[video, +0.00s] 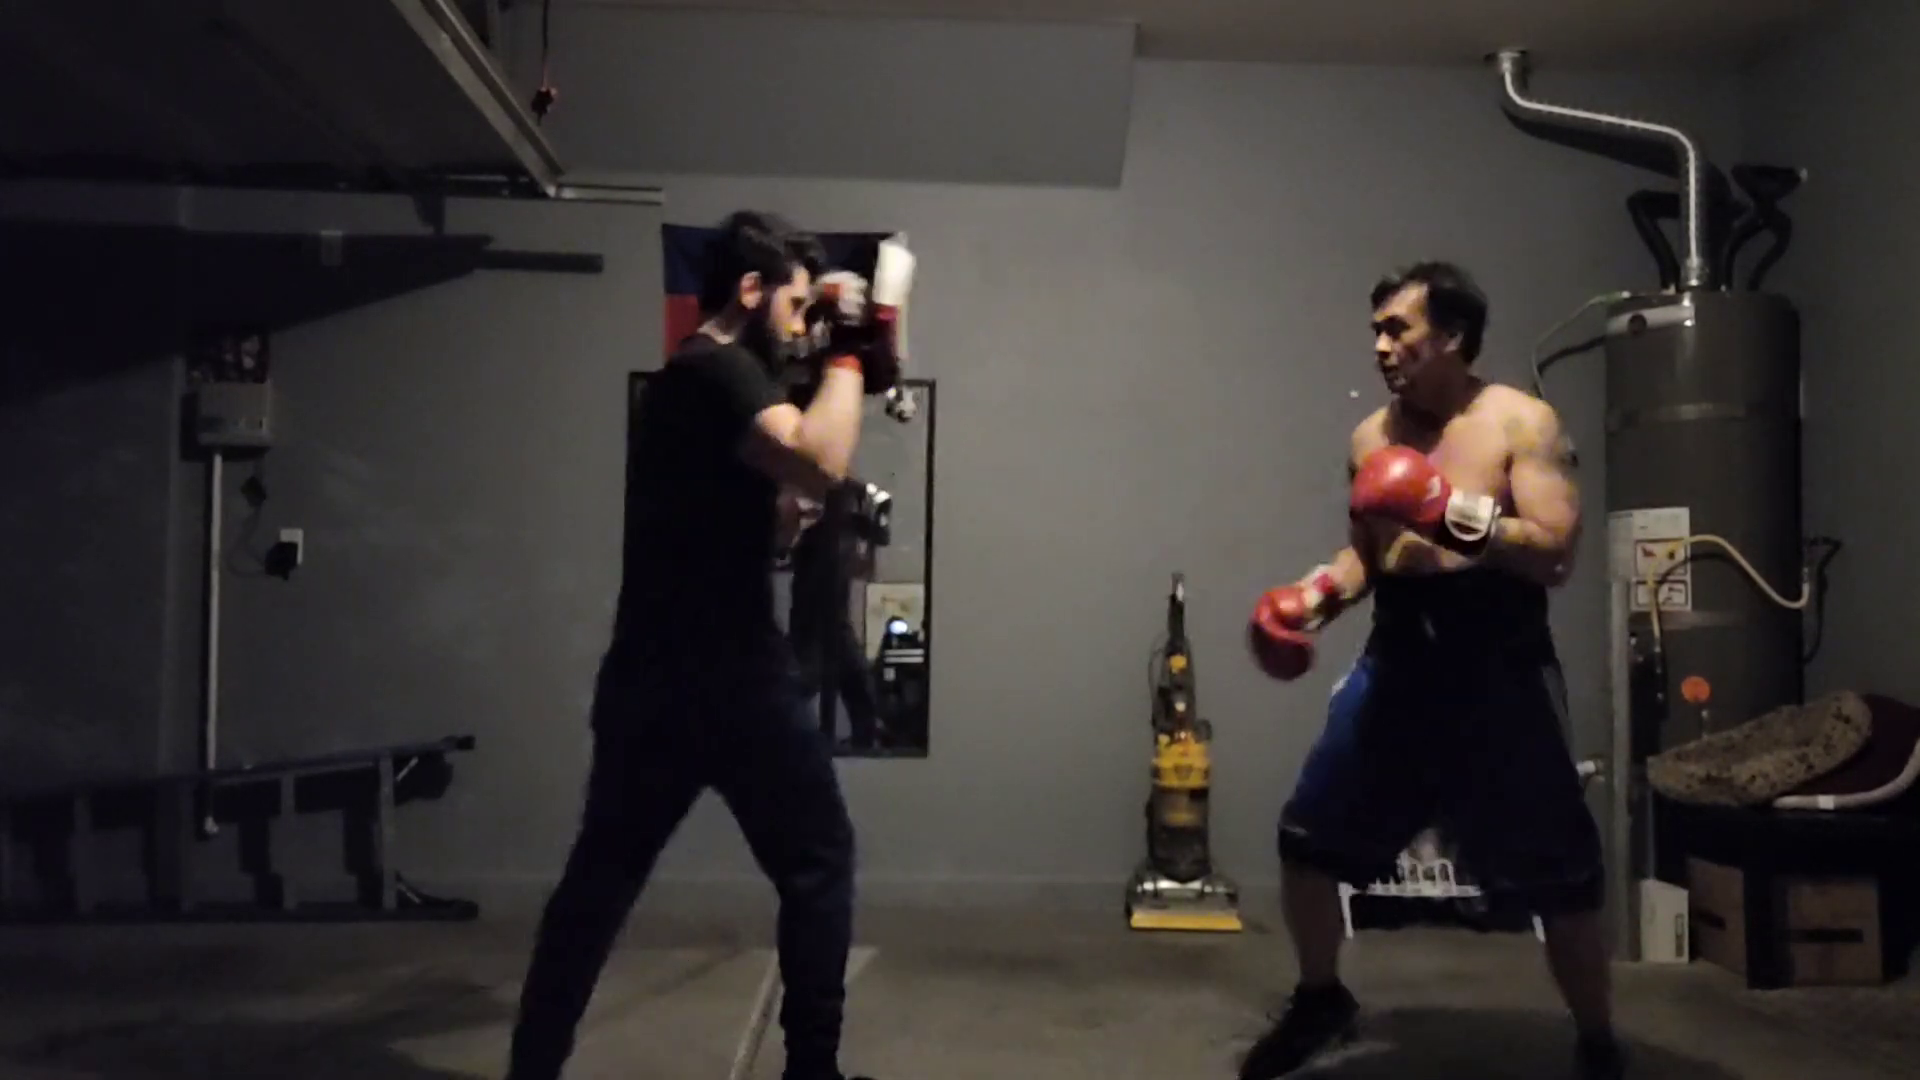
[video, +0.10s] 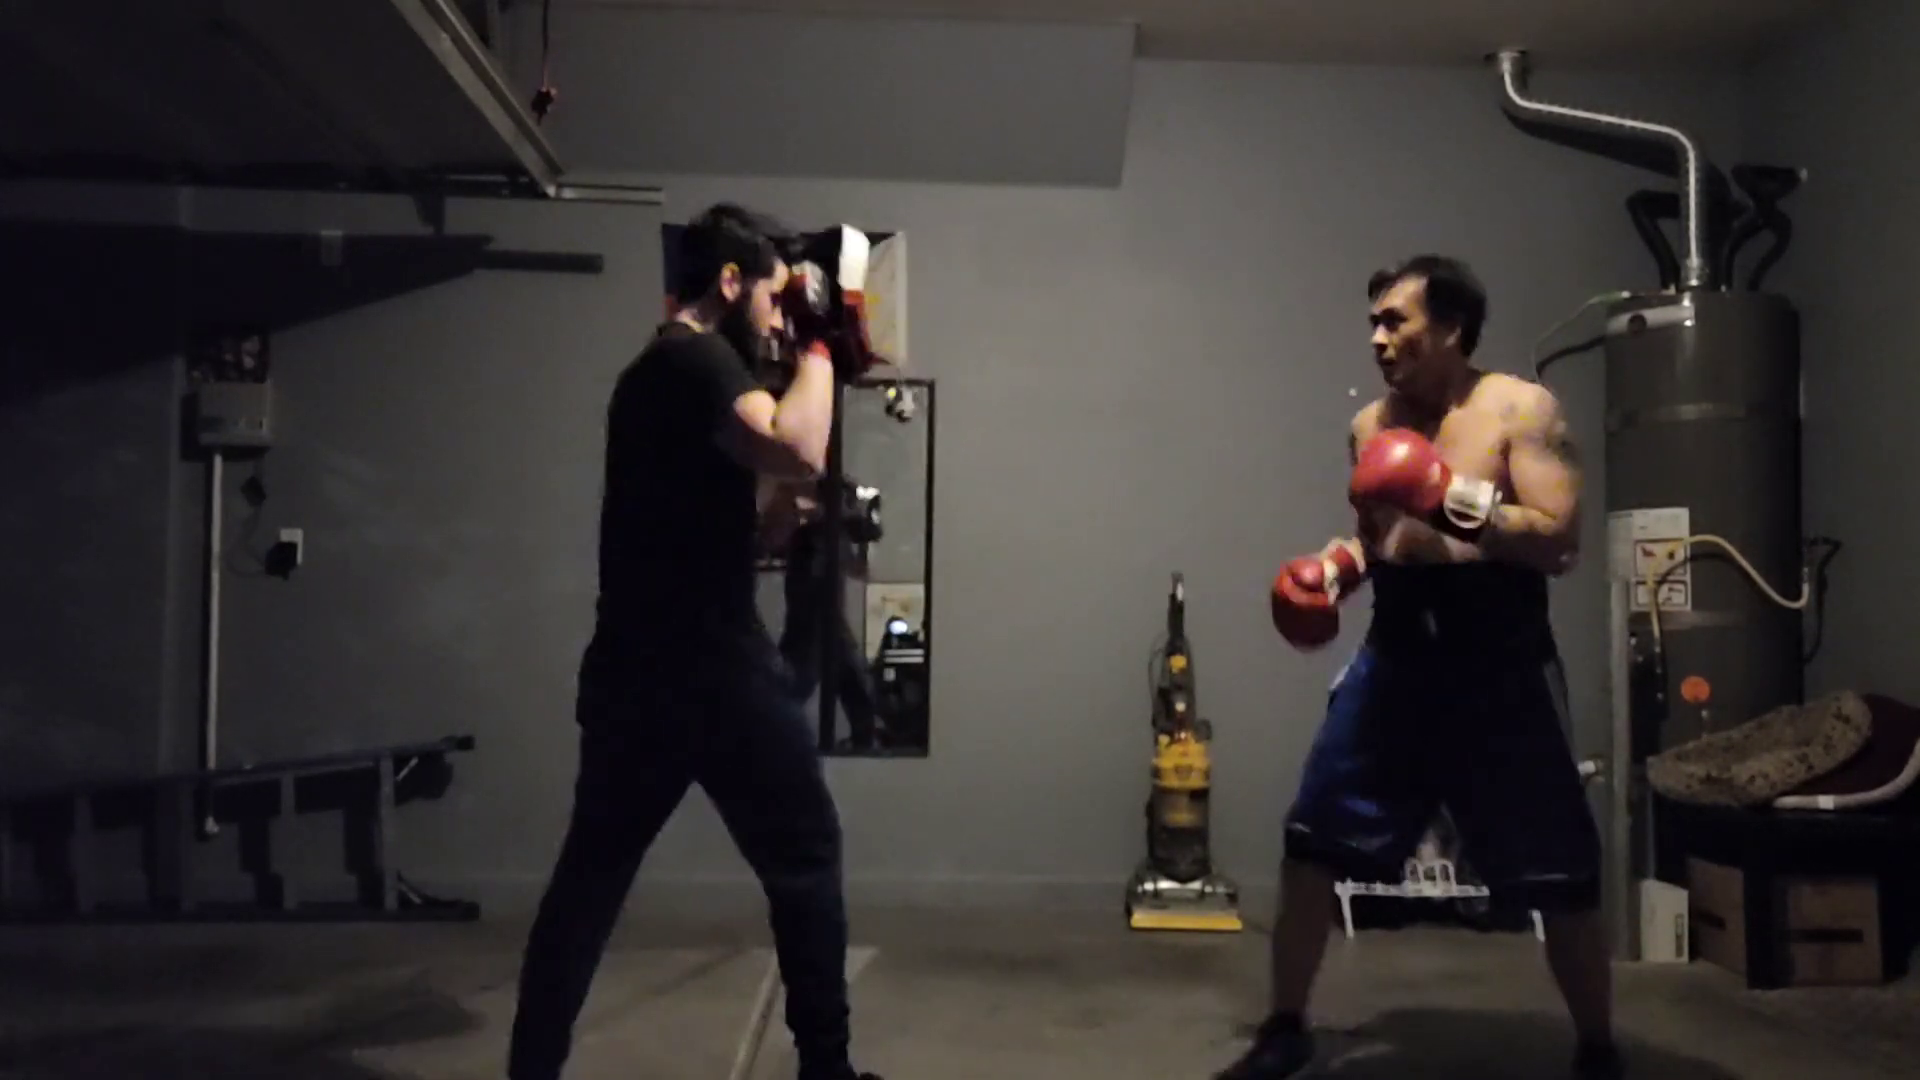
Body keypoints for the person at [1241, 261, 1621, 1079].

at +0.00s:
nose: (1381, 349)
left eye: (1396, 331)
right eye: (1377, 335)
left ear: (1454, 337)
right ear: (1387, 347)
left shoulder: (1523, 419)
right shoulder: (1375, 436)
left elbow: (1553, 550)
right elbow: (1366, 552)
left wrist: (1449, 510)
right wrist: (1310, 600)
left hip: (1502, 683)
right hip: (1397, 681)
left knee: (1564, 872)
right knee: (1307, 837)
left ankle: (1597, 1045)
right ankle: (1320, 998)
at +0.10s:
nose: (1377, 340)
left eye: (1393, 321)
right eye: (1374, 325)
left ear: (1451, 328)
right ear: (1389, 337)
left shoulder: (1523, 406)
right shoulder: (1376, 424)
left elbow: (1559, 542)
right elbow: (1376, 538)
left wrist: (1446, 497)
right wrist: (1333, 564)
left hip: (1501, 672)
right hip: (1395, 669)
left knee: (1561, 870)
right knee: (1312, 837)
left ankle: (1597, 1050)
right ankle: (1285, 1029)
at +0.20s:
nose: (1369, 351)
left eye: (1386, 333)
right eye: (1365, 336)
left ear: (1444, 340)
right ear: (1365, 346)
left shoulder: (1514, 415)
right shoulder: (1364, 436)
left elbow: (1532, 549)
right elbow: (1351, 543)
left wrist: (1426, 491)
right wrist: (1308, 562)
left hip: (1494, 683)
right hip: (1387, 682)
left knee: (1561, 877)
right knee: (1309, 859)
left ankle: (1596, 1056)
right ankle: (1255, 1042)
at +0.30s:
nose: (1345, 353)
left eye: (1361, 336)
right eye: (1340, 339)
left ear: (1418, 343)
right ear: (1345, 349)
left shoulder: (1488, 421)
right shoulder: (1327, 436)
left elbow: (1528, 551)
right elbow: (1298, 532)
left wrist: (1423, 504)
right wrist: (1261, 529)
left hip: (1472, 689)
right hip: (1357, 686)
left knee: (1547, 886)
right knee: (1268, 862)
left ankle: (1596, 1053)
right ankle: (1237, 1045)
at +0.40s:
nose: (1311, 343)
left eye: (1327, 327)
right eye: (1305, 328)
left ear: (1382, 335)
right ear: (1302, 338)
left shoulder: (1451, 416)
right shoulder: (1276, 413)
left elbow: (1519, 540)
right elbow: (1176, 476)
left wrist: (1425, 510)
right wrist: (1161, 423)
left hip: (1429, 684)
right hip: (1314, 681)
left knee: (1515, 879)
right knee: (1236, 866)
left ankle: (1590, 1043)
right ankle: (1220, 1044)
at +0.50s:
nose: (1256, 343)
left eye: (1273, 326)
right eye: (1251, 329)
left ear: (1332, 333)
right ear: (1250, 338)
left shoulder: (1399, 406)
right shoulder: (1234, 408)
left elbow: (1480, 520)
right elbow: (1114, 428)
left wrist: (1399, 490)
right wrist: (1071, 365)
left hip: (1401, 676)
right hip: (1290, 677)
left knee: (1492, 872)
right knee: (1215, 868)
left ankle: (1572, 1029)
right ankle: (1200, 1047)